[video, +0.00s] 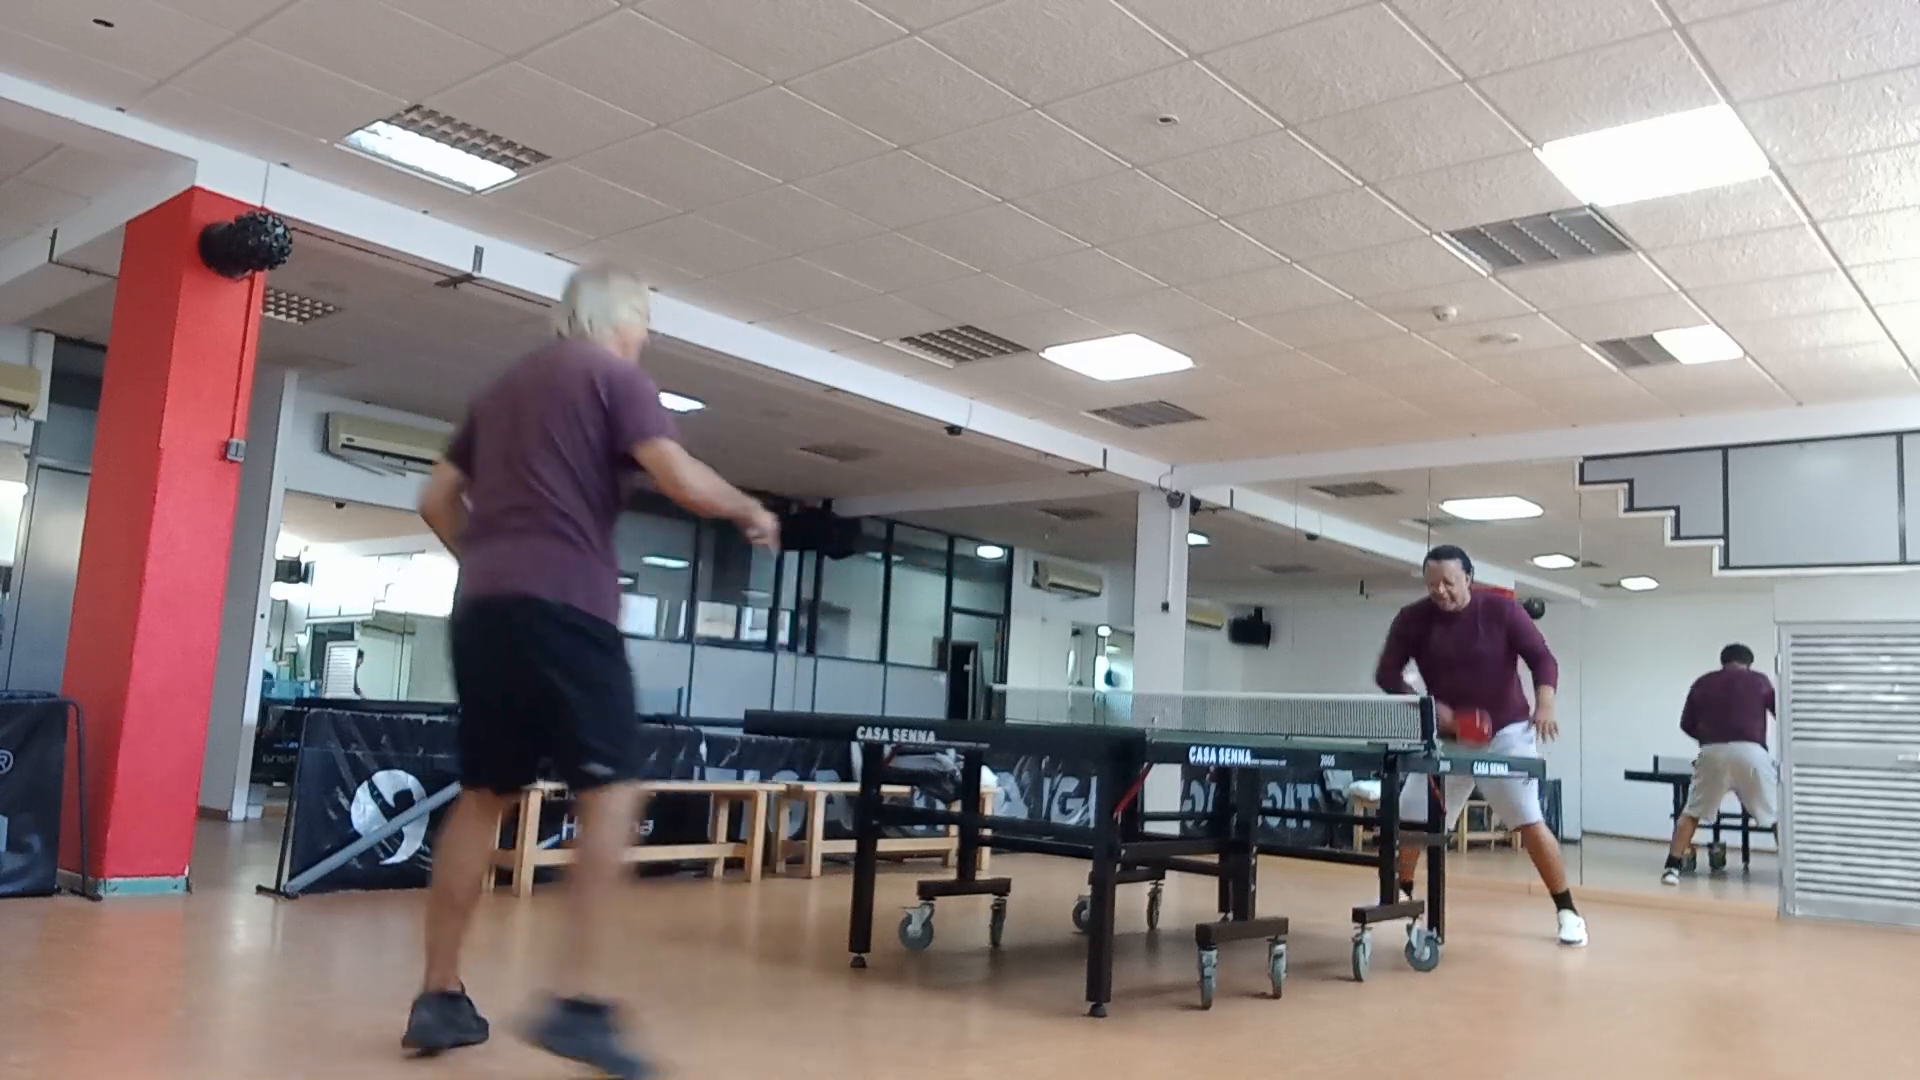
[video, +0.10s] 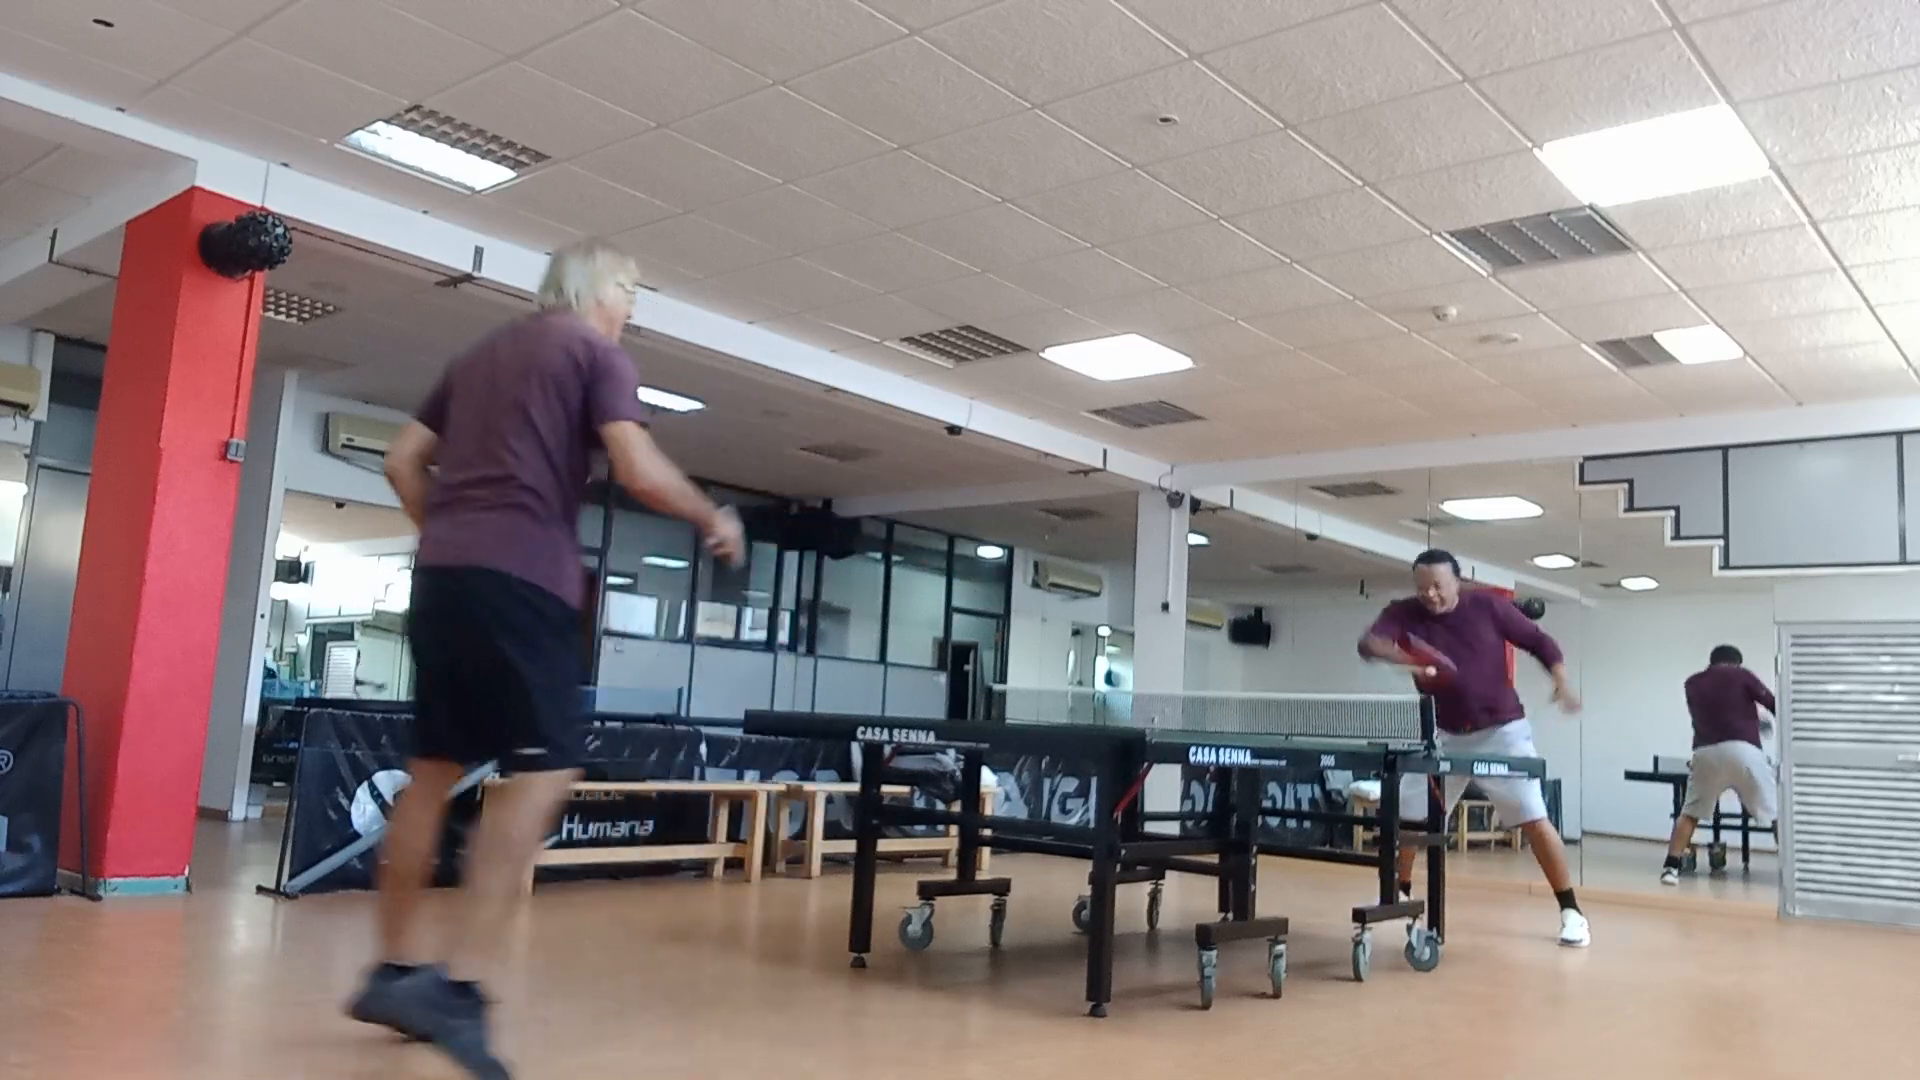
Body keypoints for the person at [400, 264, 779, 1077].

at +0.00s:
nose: (642, 344)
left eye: (643, 330)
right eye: (640, 329)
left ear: (567, 317)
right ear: (615, 319)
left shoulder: (502, 388)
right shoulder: (613, 374)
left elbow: (436, 500)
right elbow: (680, 479)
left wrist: (487, 563)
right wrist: (749, 509)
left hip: (481, 605)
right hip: (564, 605)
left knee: (484, 792)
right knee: (612, 788)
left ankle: (438, 998)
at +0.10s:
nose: (629, 316)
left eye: (631, 303)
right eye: (627, 300)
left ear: (558, 286)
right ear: (600, 291)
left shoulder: (480, 354)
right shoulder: (596, 350)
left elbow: (402, 460)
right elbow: (638, 470)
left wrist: (447, 535)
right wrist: (711, 516)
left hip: (441, 578)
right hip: (518, 580)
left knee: (433, 768)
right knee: (546, 765)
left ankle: (395, 967)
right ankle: (455, 982)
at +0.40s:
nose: (537, 396)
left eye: (542, 384)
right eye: (541, 384)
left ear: (468, 358)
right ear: (525, 374)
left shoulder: (382, 408)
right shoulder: (503, 439)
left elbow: (297, 514)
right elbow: (471, 583)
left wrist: (353, 573)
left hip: (305, 623)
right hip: (389, 637)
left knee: (320, 809)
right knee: (475, 815)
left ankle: (217, 982)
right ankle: (385, 1033)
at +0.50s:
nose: (478, 399)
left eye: (477, 386)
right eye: (479, 387)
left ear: (411, 346)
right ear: (467, 378)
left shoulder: (327, 381)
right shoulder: (459, 445)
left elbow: (236, 493)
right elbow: (439, 537)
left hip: (267, 623)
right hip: (370, 633)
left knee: (269, 786)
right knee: (413, 827)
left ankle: (225, 977)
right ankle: (410, 1013)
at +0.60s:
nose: (406, 394)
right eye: (405, 380)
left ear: (334, 345)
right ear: (392, 376)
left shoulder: (278, 384)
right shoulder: (383, 437)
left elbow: (177, 495)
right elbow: (295, 544)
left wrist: (136, 574)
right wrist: (179, 534)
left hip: (258, 641)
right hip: (362, 648)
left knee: (193, 791)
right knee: (391, 816)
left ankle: (185, 988)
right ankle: (483, 962)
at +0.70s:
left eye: (249, 345)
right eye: (330, 381)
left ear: (254, 354)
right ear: (317, 379)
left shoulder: (224, 394)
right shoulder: (312, 437)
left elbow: (152, 518)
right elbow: (225, 550)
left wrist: (124, 596)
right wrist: (101, 538)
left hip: (235, 643)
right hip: (329, 648)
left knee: (129, 790)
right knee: (327, 824)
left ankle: (179, 990)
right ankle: (469, 930)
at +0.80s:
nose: (157, 351)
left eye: (166, 341)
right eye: (162, 339)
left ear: (187, 347)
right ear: (241, 357)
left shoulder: (178, 391)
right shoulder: (263, 429)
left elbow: (143, 521)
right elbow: (139, 563)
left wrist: (90, 601)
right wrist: (16, 557)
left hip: (216, 641)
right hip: (300, 645)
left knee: (104, 792)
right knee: (241, 812)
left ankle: (179, 984)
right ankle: (376, 918)